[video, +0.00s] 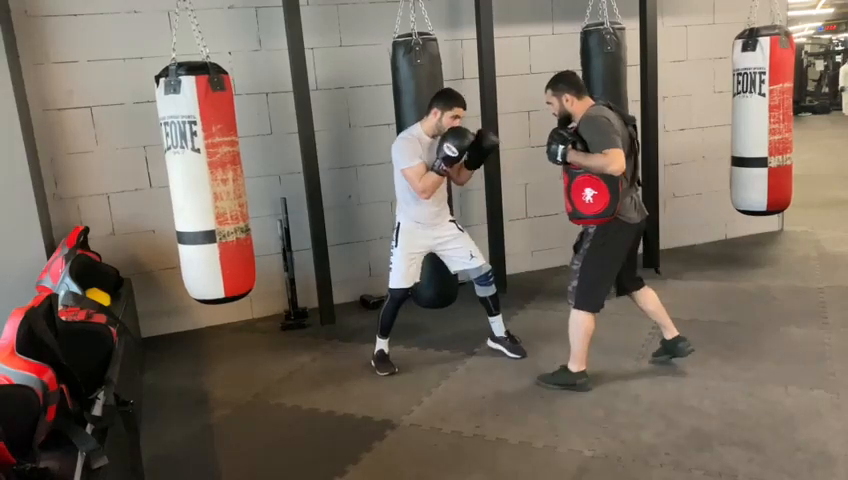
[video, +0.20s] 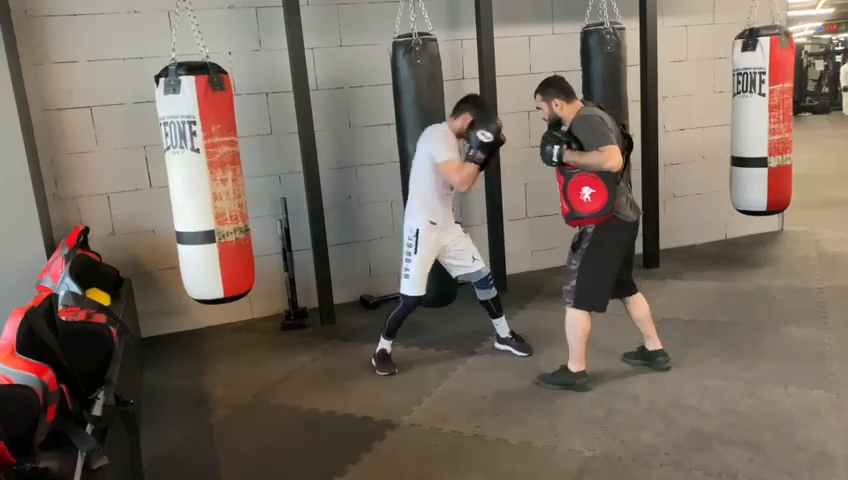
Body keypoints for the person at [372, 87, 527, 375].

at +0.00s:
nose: (456, 126)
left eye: (459, 121)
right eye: (454, 119)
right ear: (436, 114)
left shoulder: (445, 141)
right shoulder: (405, 143)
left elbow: (461, 179)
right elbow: (424, 189)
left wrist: (477, 154)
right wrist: (447, 158)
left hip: (444, 225)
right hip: (411, 228)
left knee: (483, 272)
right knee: (399, 290)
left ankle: (499, 335)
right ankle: (381, 350)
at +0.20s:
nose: (474, 130)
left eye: (476, 126)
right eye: (475, 125)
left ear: (464, 117)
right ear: (467, 117)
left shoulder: (453, 141)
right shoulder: (437, 135)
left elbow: (467, 183)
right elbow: (461, 181)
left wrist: (483, 152)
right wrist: (478, 151)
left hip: (446, 225)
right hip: (421, 227)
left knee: (482, 277)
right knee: (412, 296)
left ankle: (505, 335)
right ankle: (383, 349)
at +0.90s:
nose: (457, 129)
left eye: (459, 123)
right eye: (453, 122)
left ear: (453, 123)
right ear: (436, 119)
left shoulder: (446, 147)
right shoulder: (405, 147)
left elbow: (456, 181)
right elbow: (419, 194)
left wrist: (475, 165)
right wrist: (442, 166)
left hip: (441, 228)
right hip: (408, 231)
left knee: (476, 275)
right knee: (398, 293)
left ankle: (502, 334)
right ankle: (378, 342)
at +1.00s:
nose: (445, 117)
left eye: (447, 112)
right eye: (441, 111)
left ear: (429, 110)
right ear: (422, 108)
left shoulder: (433, 136)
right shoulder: (393, 139)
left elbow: (440, 171)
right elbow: (408, 186)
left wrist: (461, 152)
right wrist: (430, 157)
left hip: (432, 221)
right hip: (401, 225)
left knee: (466, 272)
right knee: (392, 288)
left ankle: (494, 331)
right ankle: (377, 342)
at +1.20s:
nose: (437, 109)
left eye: (439, 104)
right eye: (433, 103)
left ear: (429, 103)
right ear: (414, 100)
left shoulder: (425, 129)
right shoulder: (389, 132)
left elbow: (438, 170)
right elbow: (408, 176)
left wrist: (451, 143)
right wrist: (431, 143)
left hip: (425, 218)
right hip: (395, 220)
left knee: (452, 274)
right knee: (385, 283)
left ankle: (470, 334)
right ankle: (376, 342)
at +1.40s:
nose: (443, 111)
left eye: (445, 106)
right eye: (439, 105)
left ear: (436, 106)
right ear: (420, 102)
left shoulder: (432, 132)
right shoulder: (393, 132)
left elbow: (443, 174)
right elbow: (408, 177)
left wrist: (458, 148)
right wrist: (435, 148)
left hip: (430, 218)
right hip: (398, 220)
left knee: (454, 275)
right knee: (388, 283)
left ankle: (472, 334)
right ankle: (377, 342)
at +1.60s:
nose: (441, 123)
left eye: (444, 119)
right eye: (439, 118)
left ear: (433, 116)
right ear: (421, 113)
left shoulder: (432, 137)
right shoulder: (395, 140)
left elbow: (450, 174)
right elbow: (417, 184)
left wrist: (469, 152)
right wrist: (441, 152)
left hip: (433, 222)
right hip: (402, 226)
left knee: (471, 268)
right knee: (393, 288)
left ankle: (477, 327)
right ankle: (376, 341)